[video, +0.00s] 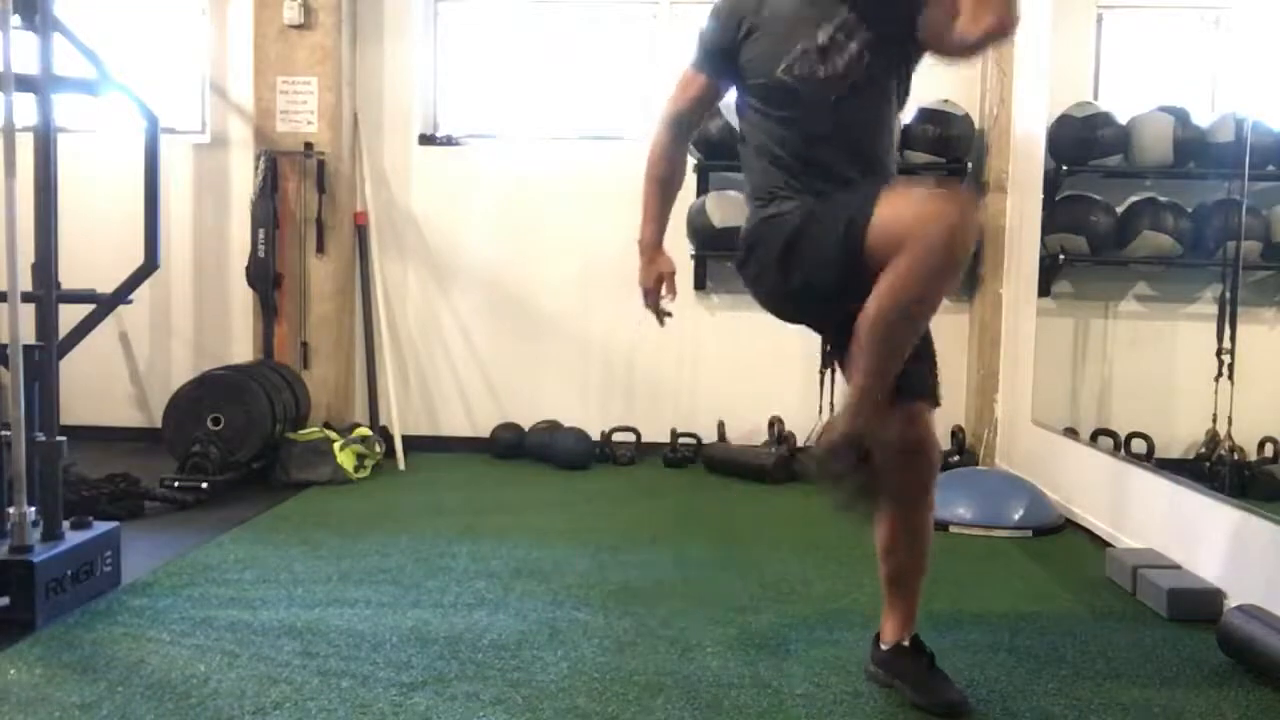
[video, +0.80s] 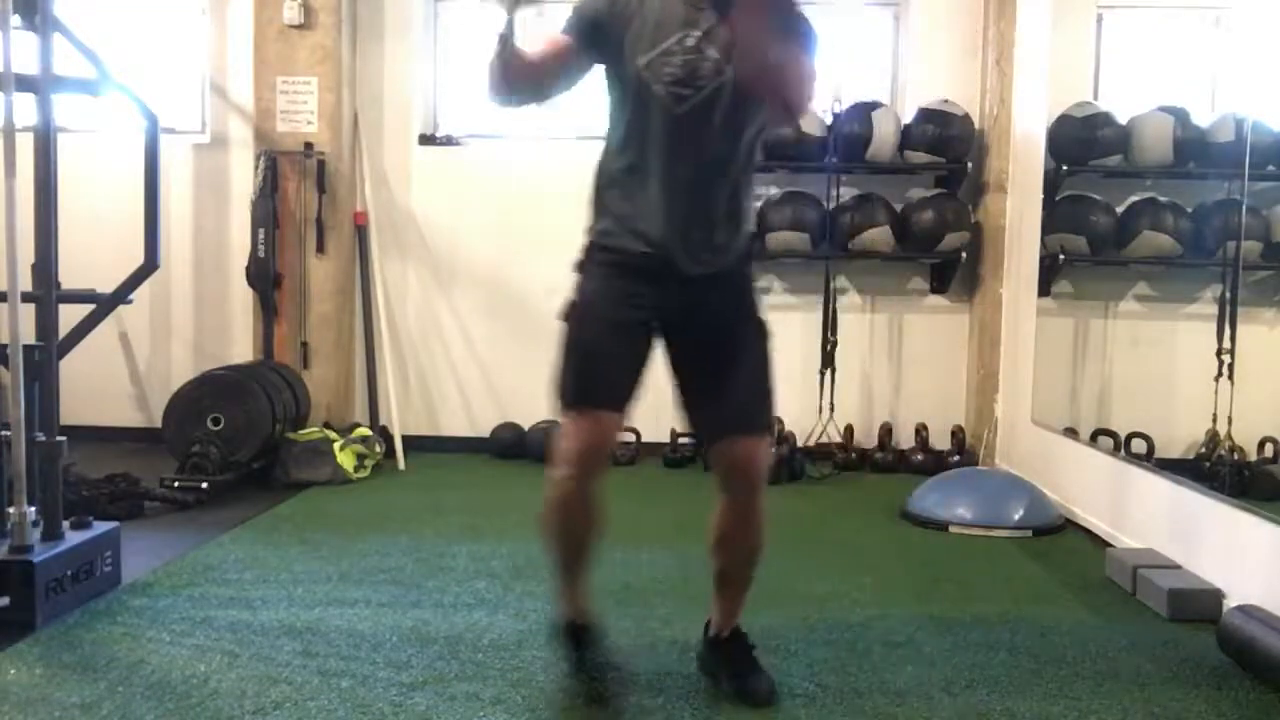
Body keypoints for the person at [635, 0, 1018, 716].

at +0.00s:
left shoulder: (903, 8)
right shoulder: (747, 11)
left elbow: (974, 26)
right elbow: (676, 122)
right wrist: (651, 243)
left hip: (875, 238)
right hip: (783, 231)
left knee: (909, 441)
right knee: (946, 213)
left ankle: (896, 643)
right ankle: (851, 428)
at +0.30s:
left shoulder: (890, 28)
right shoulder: (748, 29)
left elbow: (967, 86)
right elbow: (673, 144)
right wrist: (651, 248)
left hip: (866, 261)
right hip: (780, 256)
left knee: (931, 464)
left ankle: (897, 646)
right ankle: (841, 522)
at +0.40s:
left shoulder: (873, 20)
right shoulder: (735, 19)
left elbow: (953, 62)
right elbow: (655, 139)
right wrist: (641, 222)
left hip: (856, 266)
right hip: (767, 260)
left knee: (919, 457)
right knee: (859, 414)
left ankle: (899, 649)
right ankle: (731, 583)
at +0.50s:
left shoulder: (850, 18)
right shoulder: (708, 15)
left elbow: (929, 54)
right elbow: (624, 136)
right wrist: (625, 199)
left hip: (828, 271)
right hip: (738, 268)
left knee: (895, 460)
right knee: (766, 466)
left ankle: (897, 648)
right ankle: (655, 615)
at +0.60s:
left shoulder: (812, 15)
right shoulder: (672, 13)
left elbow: (884, 58)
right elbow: (584, 122)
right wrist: (595, 159)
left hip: (787, 276)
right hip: (694, 274)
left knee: (849, 456)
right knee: (701, 467)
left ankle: (875, 648)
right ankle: (644, 637)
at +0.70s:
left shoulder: (783, 14)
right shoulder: (646, 8)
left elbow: (833, 75)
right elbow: (581, 79)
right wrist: (556, 103)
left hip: (746, 265)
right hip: (656, 261)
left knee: (805, 453)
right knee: (652, 454)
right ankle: (635, 634)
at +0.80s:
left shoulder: (776, 17)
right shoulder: (622, 7)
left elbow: (794, 99)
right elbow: (522, 84)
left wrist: (745, 26)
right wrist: (509, 49)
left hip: (719, 268)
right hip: (622, 260)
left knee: (746, 469)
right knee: (580, 455)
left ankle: (725, 635)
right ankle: (576, 625)